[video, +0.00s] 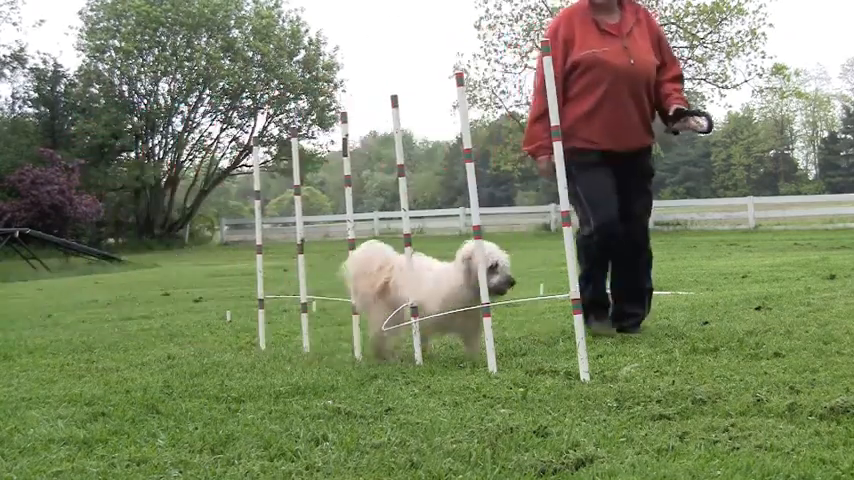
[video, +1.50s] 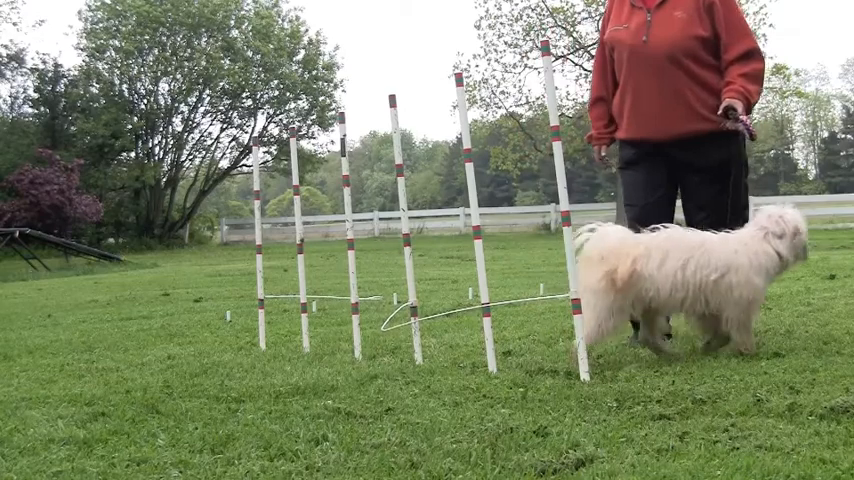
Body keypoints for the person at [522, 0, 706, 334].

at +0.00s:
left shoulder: (643, 20)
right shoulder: (565, 25)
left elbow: (666, 72)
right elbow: (544, 90)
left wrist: (674, 105)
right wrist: (542, 146)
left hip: (634, 149)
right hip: (584, 149)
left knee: (634, 234)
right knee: (602, 225)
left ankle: (630, 316)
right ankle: (594, 305)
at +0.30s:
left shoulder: (674, 16)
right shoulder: (593, 23)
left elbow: (700, 74)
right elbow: (573, 92)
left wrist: (702, 109)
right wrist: (570, 150)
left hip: (667, 151)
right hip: (608, 152)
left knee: (684, 228)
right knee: (629, 232)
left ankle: (655, 303)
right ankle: (645, 318)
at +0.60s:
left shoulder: (704, 7)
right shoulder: (609, 10)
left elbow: (731, 61)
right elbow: (591, 77)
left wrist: (725, 100)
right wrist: (590, 136)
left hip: (690, 143)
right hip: (626, 148)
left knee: (700, 230)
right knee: (633, 240)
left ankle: (715, 325)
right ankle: (643, 329)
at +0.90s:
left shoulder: (726, 4)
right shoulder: (626, 5)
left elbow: (755, 51)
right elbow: (608, 63)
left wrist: (747, 90)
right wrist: (601, 122)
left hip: (714, 134)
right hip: (644, 138)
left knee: (716, 233)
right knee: (643, 236)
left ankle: (718, 324)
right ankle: (647, 323)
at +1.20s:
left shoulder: (732, 4)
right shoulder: (630, 5)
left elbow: (763, 53)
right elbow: (618, 64)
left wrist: (754, 92)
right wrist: (614, 121)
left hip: (723, 133)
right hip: (652, 136)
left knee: (725, 233)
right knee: (645, 228)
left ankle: (719, 326)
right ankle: (652, 324)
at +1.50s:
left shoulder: (713, 4)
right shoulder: (618, 5)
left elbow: (744, 54)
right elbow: (604, 68)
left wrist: (738, 95)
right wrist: (602, 126)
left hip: (711, 141)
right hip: (640, 148)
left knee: (718, 244)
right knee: (644, 245)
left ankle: (721, 327)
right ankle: (650, 329)